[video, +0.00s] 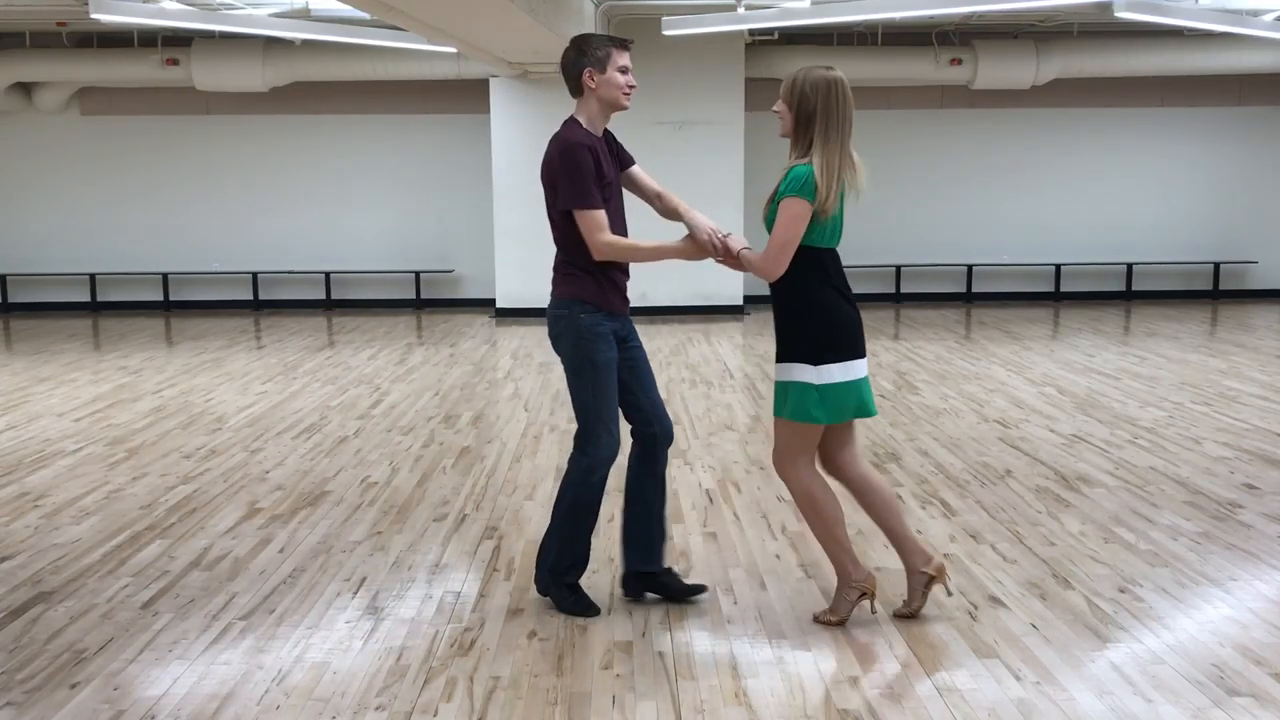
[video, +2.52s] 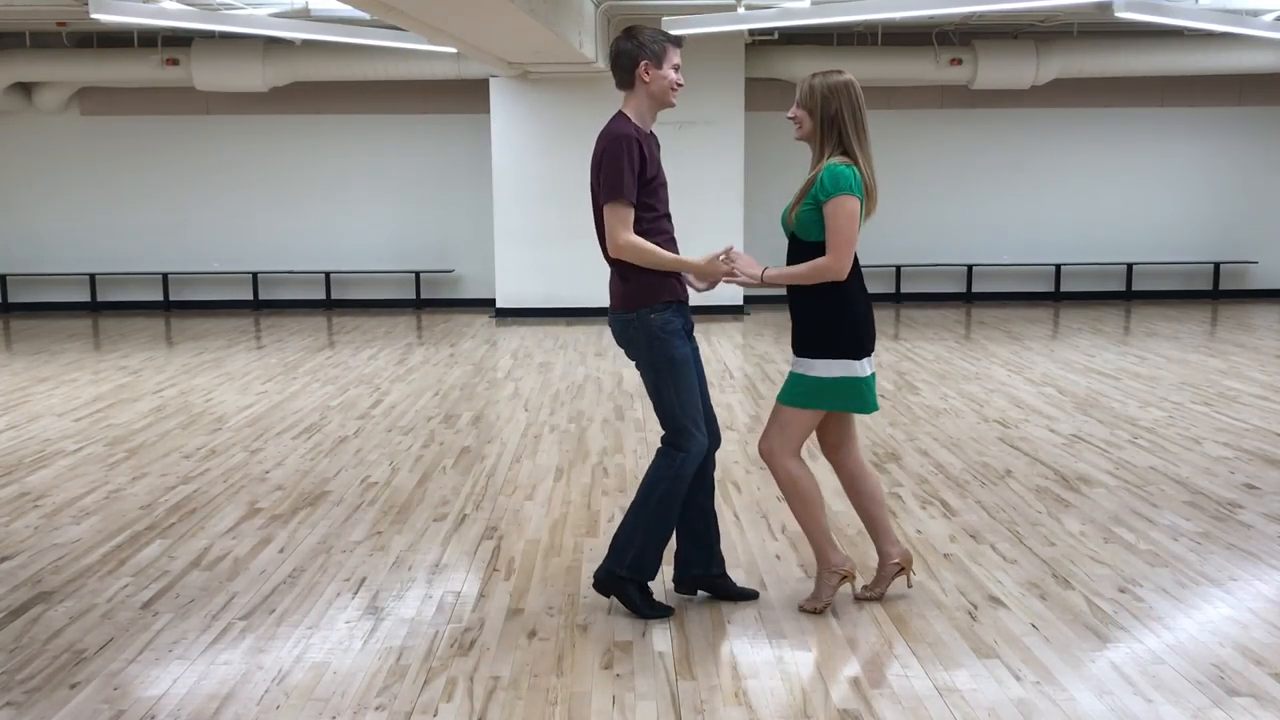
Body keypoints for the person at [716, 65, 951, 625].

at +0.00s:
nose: (775, 108)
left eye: (783, 101)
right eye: (779, 100)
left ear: (805, 112)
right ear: (818, 111)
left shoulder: (805, 175)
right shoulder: (825, 170)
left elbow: (771, 268)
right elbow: (790, 262)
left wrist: (733, 250)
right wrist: (739, 259)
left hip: (810, 338)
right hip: (837, 332)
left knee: (791, 461)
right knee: (842, 458)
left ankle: (851, 576)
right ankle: (919, 560)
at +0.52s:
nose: (768, 107)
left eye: (777, 99)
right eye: (771, 98)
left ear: (801, 110)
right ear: (808, 109)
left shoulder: (810, 175)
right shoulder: (801, 172)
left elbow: (741, 237)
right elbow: (747, 233)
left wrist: (703, 210)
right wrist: (705, 212)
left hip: (820, 340)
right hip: (801, 339)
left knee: (817, 459)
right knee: (758, 445)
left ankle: (863, 579)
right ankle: (810, 559)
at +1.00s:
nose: (718, 111)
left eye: (726, 105)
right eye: (722, 103)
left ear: (747, 114)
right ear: (762, 117)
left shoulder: (746, 172)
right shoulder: (748, 172)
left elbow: (665, 175)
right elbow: (667, 184)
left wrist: (631, 129)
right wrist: (632, 136)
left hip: (732, 338)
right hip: (746, 335)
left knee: (669, 444)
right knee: (710, 454)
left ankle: (697, 567)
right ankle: (751, 563)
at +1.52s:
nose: (716, 115)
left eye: (723, 104)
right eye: (717, 106)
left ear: (744, 114)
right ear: (736, 118)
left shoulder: (747, 166)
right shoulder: (721, 166)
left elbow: (716, 95)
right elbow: (689, 109)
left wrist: (686, 23)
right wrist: (665, 45)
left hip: (721, 338)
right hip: (706, 333)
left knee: (663, 452)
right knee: (682, 449)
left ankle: (707, 565)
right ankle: (719, 551)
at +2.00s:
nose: (755, 112)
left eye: (765, 105)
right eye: (759, 104)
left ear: (788, 115)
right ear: (790, 117)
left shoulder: (794, 176)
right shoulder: (776, 178)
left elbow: (775, 224)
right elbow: (729, 234)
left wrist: (726, 239)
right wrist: (674, 258)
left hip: (784, 338)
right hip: (764, 336)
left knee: (769, 455)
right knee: (722, 439)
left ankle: (828, 569)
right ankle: (731, 558)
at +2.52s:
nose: (792, 112)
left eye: (801, 105)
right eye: (794, 104)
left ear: (825, 113)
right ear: (827, 114)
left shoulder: (838, 174)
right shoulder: (826, 172)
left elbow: (838, 265)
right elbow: (819, 261)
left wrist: (763, 276)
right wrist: (759, 271)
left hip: (830, 340)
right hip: (836, 336)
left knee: (778, 448)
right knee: (841, 447)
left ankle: (830, 562)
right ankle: (892, 553)